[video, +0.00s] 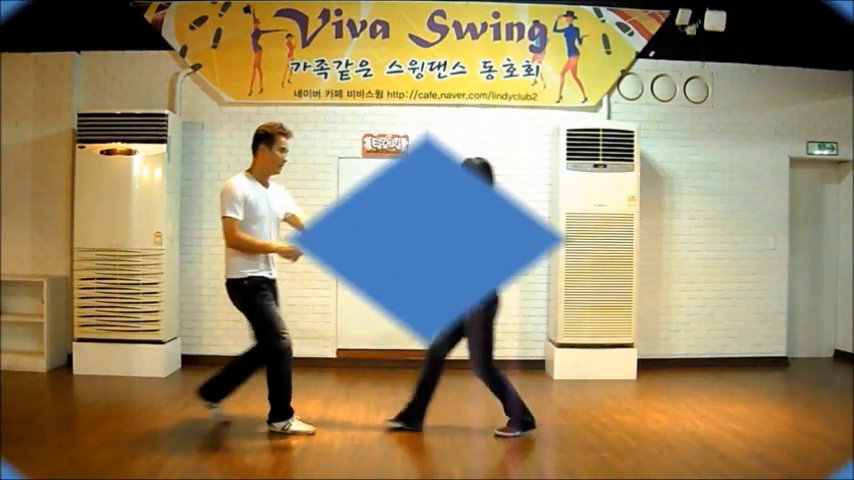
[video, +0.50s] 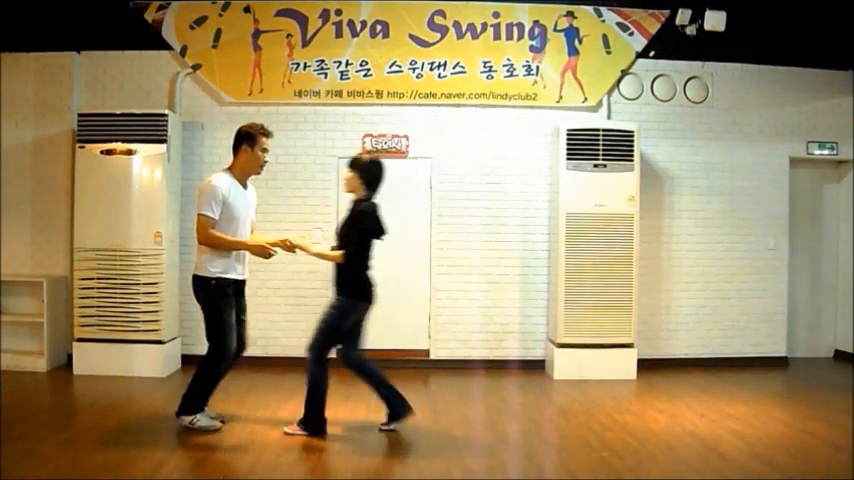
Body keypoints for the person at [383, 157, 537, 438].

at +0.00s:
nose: (465, 186)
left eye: (470, 181)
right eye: (465, 180)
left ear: (480, 183)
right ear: (465, 182)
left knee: (483, 365)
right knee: (435, 353)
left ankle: (520, 417)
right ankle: (413, 415)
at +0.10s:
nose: (438, 179)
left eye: (443, 176)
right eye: (439, 175)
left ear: (454, 180)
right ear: (458, 180)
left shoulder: (453, 211)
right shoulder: (440, 209)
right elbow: (395, 227)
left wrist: (343, 236)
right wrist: (343, 235)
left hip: (453, 293)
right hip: (438, 293)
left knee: (456, 363)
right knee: (415, 350)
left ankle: (508, 406)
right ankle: (409, 418)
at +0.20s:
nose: (413, 175)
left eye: (418, 171)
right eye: (415, 170)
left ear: (430, 177)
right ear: (430, 176)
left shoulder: (433, 210)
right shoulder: (426, 207)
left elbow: (410, 250)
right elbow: (400, 238)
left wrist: (381, 245)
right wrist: (360, 236)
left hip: (428, 291)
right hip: (417, 290)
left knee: (411, 353)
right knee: (401, 351)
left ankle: (466, 396)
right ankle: (410, 416)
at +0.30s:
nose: (389, 172)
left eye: (394, 167)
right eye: (392, 166)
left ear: (406, 174)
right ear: (408, 174)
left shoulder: (410, 208)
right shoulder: (404, 205)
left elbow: (398, 251)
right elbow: (375, 237)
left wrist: (364, 248)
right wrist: (343, 237)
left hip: (404, 291)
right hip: (401, 290)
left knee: (377, 349)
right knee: (389, 350)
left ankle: (408, 416)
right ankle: (406, 415)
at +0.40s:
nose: (367, 175)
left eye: (373, 171)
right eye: (370, 170)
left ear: (384, 178)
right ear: (386, 178)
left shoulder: (386, 210)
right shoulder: (383, 207)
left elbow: (371, 253)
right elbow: (364, 243)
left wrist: (337, 248)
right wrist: (343, 241)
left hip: (379, 294)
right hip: (381, 293)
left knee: (345, 348)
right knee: (379, 354)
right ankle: (407, 416)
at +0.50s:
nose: (346, 177)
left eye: (351, 173)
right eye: (348, 172)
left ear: (362, 179)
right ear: (364, 179)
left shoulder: (362, 212)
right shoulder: (364, 209)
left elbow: (344, 256)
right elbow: (350, 254)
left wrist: (309, 250)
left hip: (351, 296)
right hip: (357, 294)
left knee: (317, 350)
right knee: (351, 356)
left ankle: (313, 422)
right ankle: (398, 407)